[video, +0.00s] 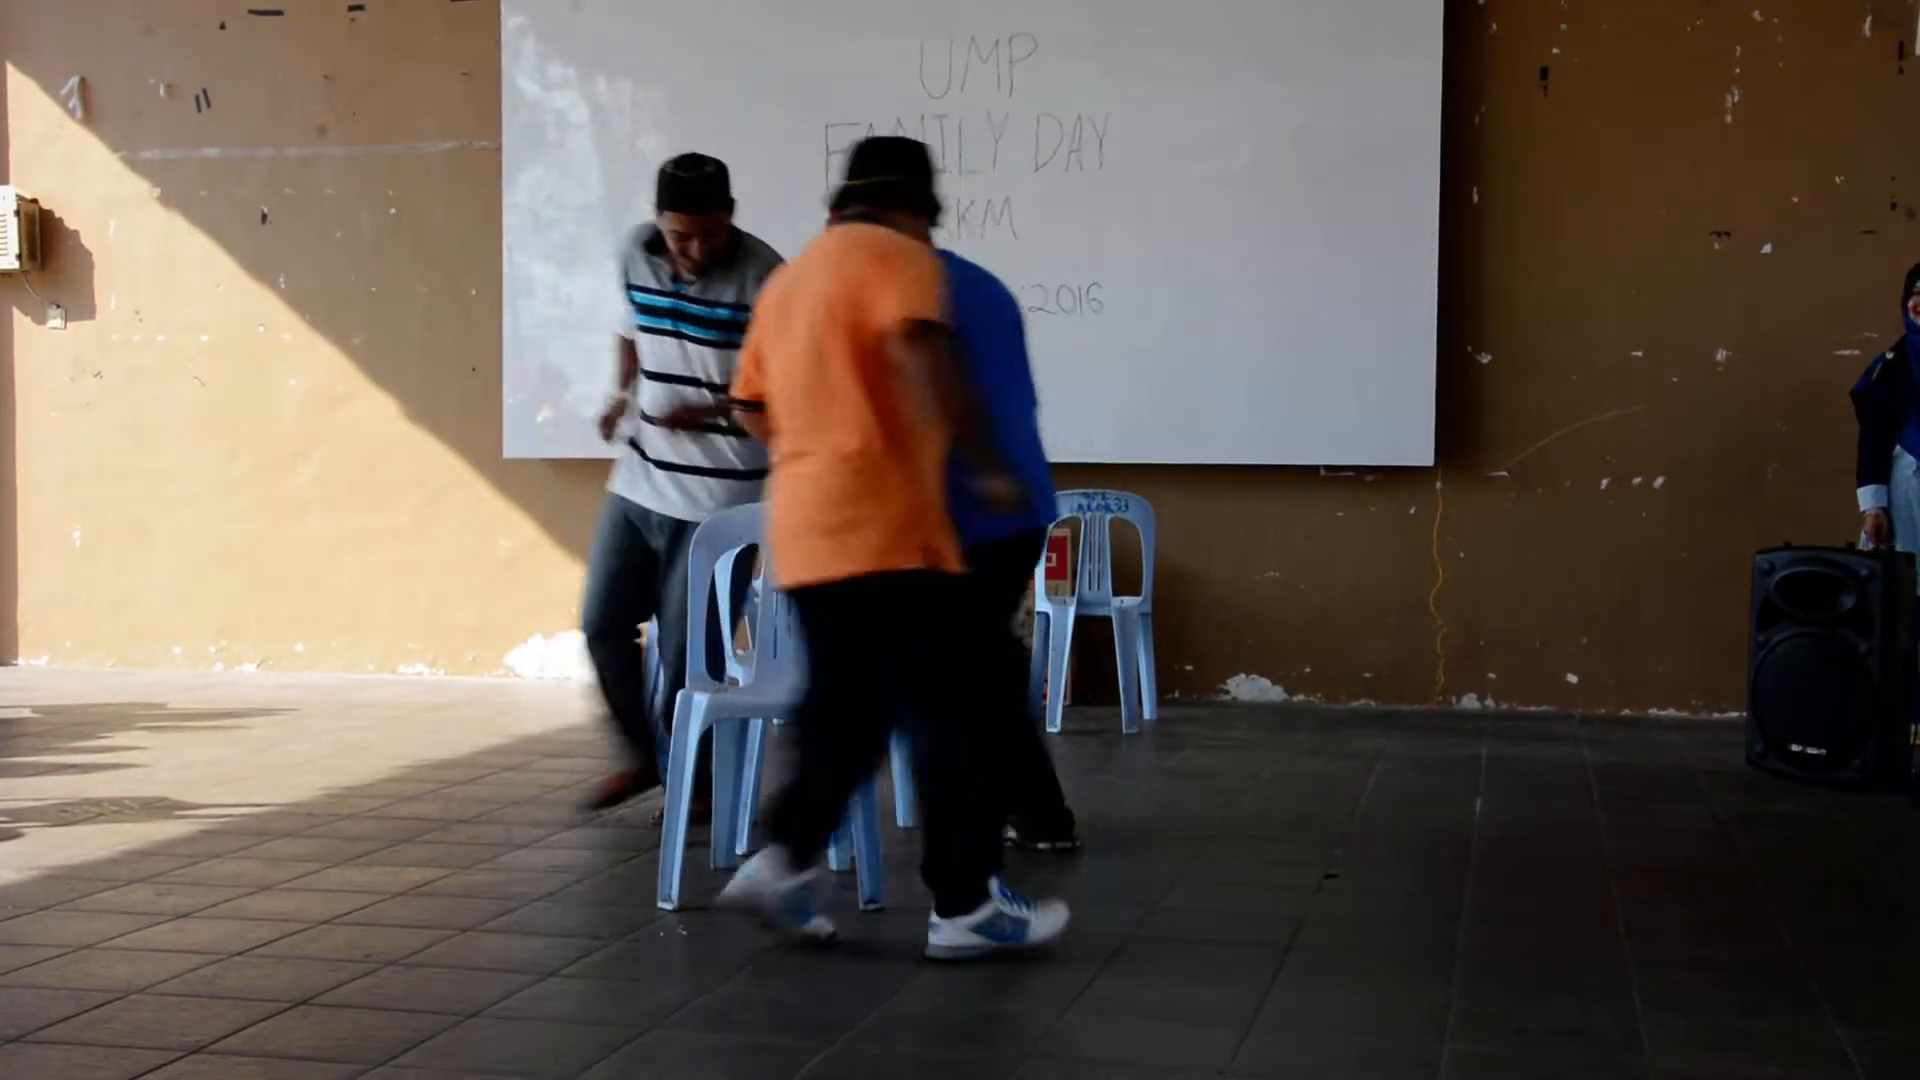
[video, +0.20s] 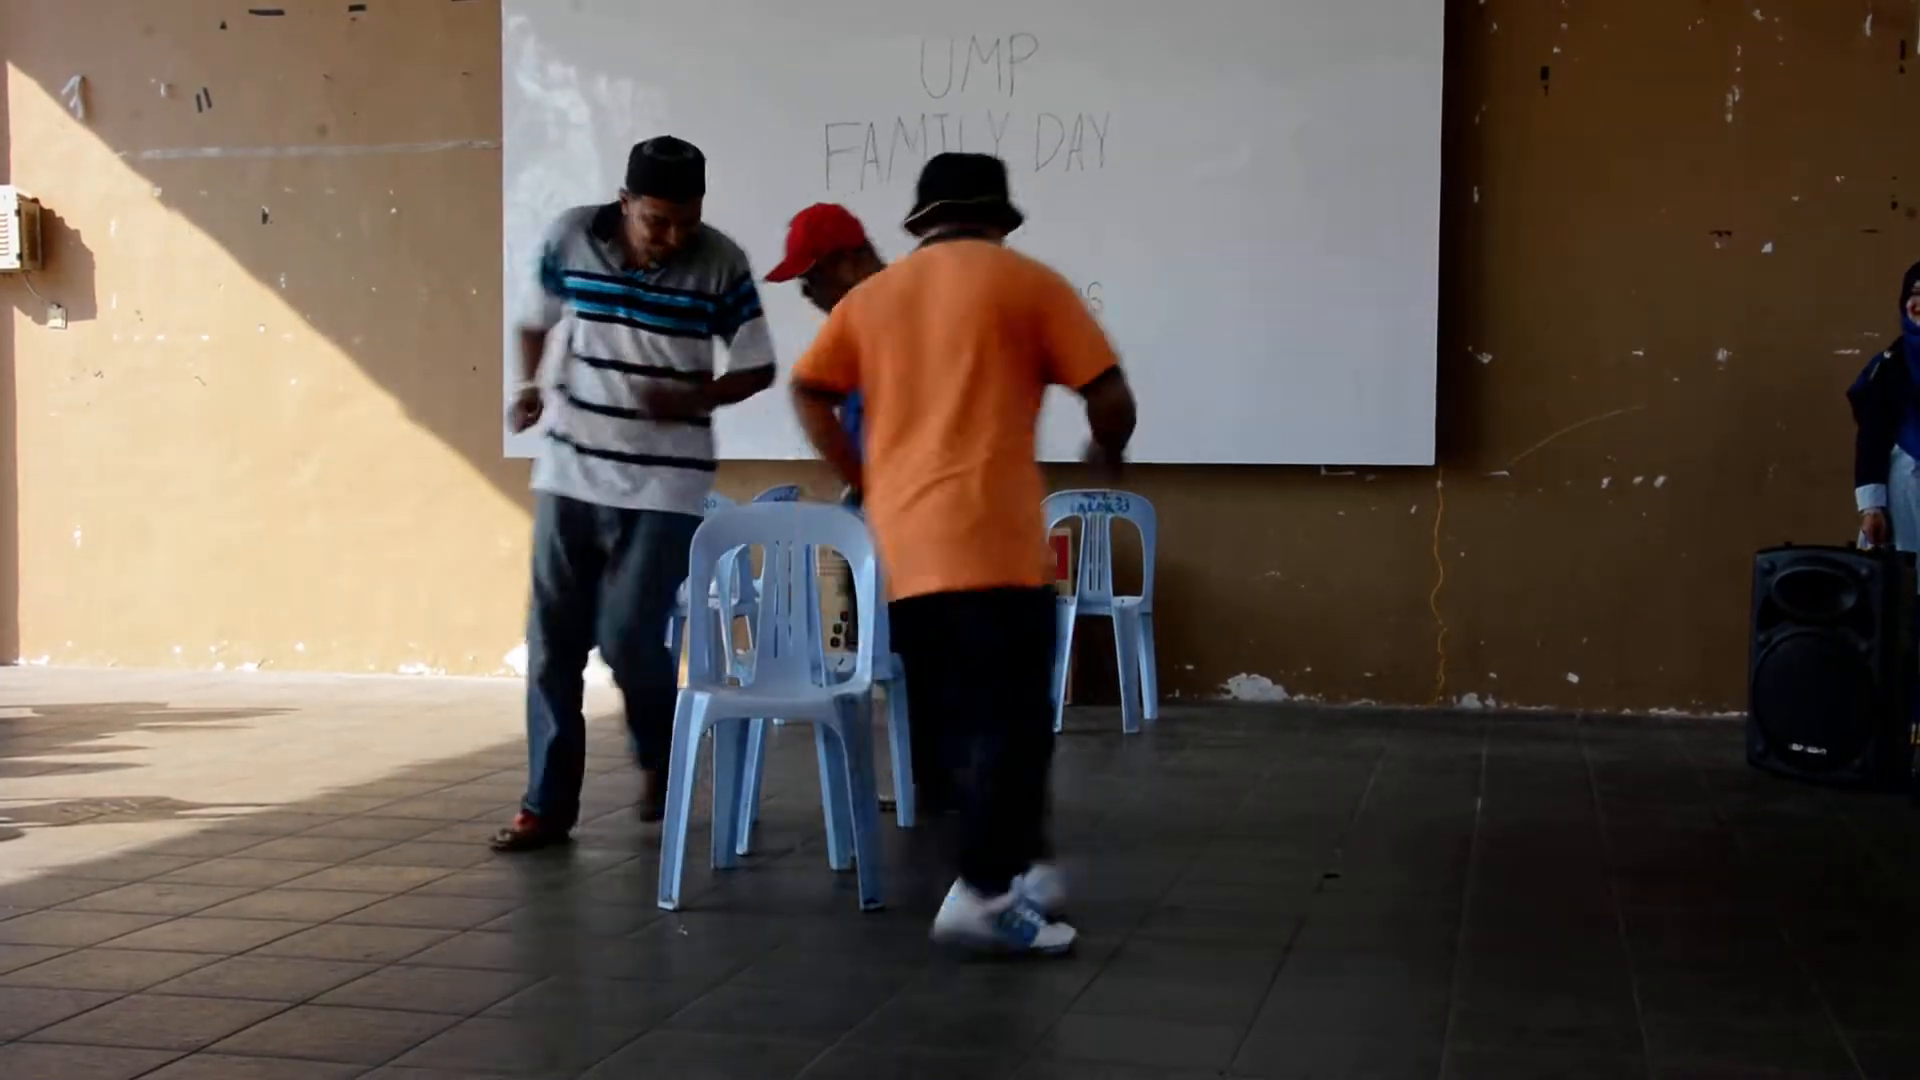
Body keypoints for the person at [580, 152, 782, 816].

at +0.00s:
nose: (691, 250)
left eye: (705, 236)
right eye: (678, 236)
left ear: (730, 219)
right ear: (659, 221)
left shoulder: (764, 277)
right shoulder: (638, 252)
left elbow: (784, 392)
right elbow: (633, 328)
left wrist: (707, 412)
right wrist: (623, 392)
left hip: (715, 506)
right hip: (638, 491)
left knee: (690, 656)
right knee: (603, 624)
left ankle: (698, 781)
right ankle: (641, 757)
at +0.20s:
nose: (670, 237)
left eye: (685, 223)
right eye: (656, 222)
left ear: (700, 209)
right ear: (625, 199)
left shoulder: (720, 264)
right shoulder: (573, 239)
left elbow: (758, 368)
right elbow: (536, 318)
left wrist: (697, 399)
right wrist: (529, 383)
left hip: (664, 490)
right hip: (571, 479)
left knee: (627, 637)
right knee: (552, 649)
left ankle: (661, 766)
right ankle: (548, 807)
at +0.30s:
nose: (666, 231)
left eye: (680, 218)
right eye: (654, 215)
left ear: (696, 204)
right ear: (621, 189)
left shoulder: (705, 261)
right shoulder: (553, 230)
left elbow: (733, 353)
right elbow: (499, 315)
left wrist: (690, 401)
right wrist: (517, 357)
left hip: (643, 483)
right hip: (549, 477)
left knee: (603, 640)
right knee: (539, 650)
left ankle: (597, 792)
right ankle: (542, 808)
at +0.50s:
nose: (682, 228)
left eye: (694, 215)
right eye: (672, 212)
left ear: (701, 202)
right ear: (632, 183)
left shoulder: (690, 264)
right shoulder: (542, 222)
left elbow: (692, 356)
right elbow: (469, 309)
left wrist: (695, 423)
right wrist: (512, 375)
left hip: (630, 493)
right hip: (528, 482)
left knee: (595, 674)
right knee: (497, 648)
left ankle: (551, 826)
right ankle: (492, 789)